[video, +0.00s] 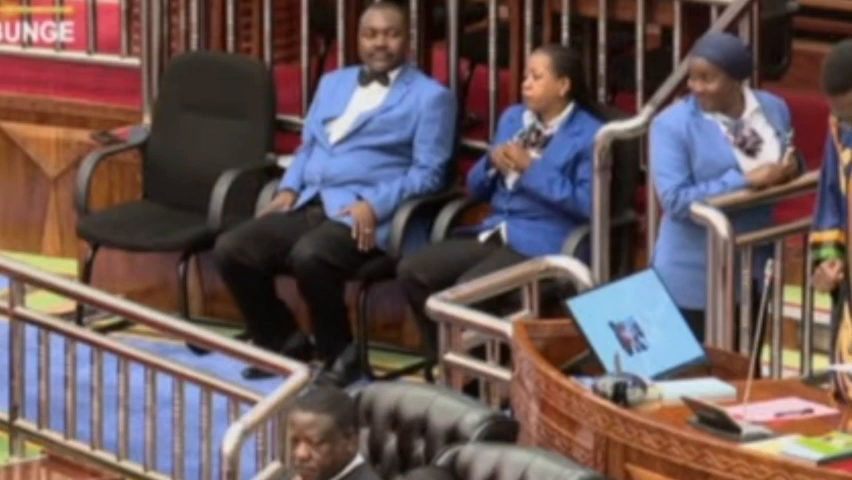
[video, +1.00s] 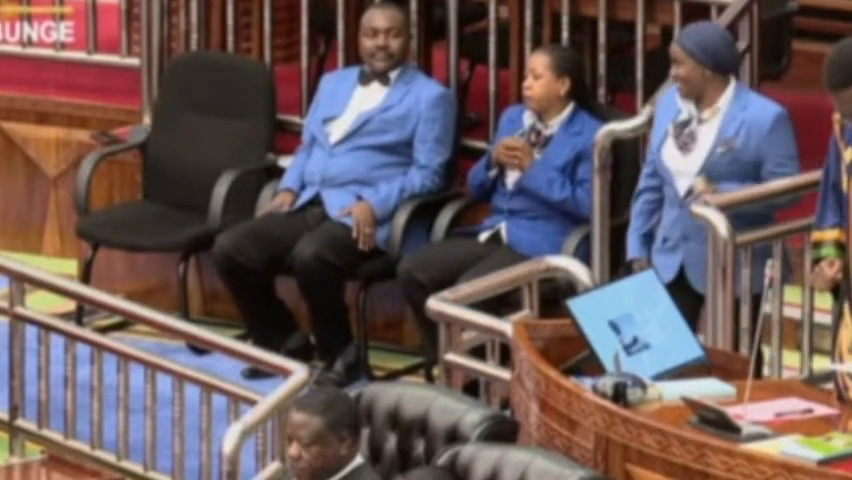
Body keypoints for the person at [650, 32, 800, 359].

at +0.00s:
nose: (695, 87)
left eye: (706, 78)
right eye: (691, 77)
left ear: (736, 79)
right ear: (685, 77)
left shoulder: (773, 109)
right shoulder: (671, 124)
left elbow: (795, 164)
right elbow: (675, 201)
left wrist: (790, 169)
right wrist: (746, 180)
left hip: (751, 272)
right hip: (689, 277)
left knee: (743, 371)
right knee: (690, 372)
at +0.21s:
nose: (695, 87)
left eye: (706, 78)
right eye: (691, 77)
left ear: (736, 79)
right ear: (685, 77)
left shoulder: (773, 109)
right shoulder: (671, 124)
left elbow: (795, 164)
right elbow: (675, 201)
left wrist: (790, 169)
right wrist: (746, 180)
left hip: (751, 272)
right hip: (689, 277)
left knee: (743, 371)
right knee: (690, 372)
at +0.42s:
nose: (698, 84)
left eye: (707, 75)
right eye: (694, 75)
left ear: (739, 73)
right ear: (689, 75)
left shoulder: (789, 111)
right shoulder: (673, 118)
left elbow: (809, 178)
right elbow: (666, 193)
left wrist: (792, 173)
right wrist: (734, 186)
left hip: (757, 276)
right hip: (690, 277)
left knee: (745, 378)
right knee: (687, 376)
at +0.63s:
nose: (701, 78)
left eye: (709, 68)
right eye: (698, 68)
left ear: (741, 68)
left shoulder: (795, 114)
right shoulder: (679, 110)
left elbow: (813, 188)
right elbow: (659, 185)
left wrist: (790, 178)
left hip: (758, 274)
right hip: (689, 272)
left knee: (751, 377)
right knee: (685, 374)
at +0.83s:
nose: (688, 74)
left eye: (697, 64)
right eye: (688, 63)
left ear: (728, 69)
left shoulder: (783, 119)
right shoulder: (676, 105)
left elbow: (809, 186)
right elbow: (654, 183)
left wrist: (774, 178)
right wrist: (648, 256)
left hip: (748, 272)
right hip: (682, 264)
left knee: (742, 370)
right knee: (679, 363)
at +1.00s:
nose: (673, 72)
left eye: (680, 63)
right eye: (672, 63)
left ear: (711, 68)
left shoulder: (767, 119)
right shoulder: (670, 101)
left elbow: (786, 191)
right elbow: (651, 180)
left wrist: (722, 195)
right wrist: (637, 251)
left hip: (734, 273)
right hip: (669, 266)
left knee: (728, 370)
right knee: (661, 359)